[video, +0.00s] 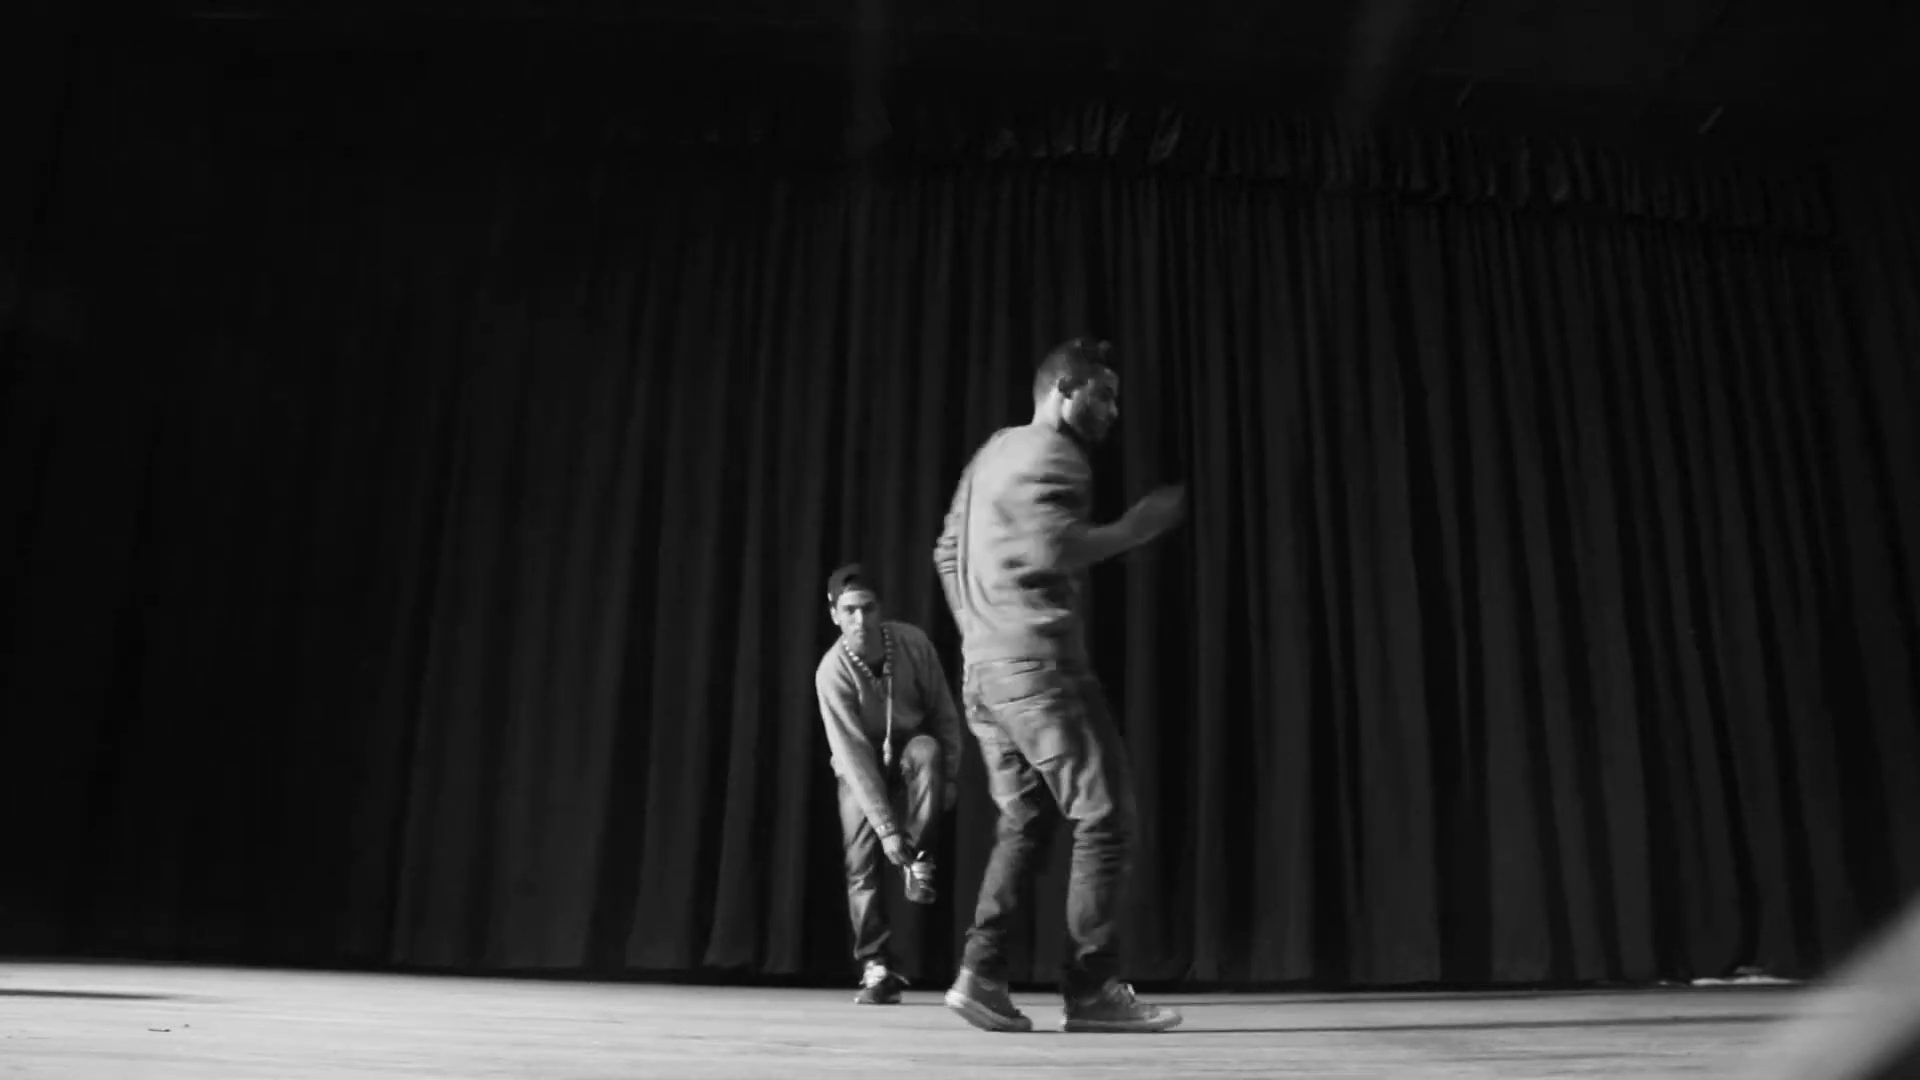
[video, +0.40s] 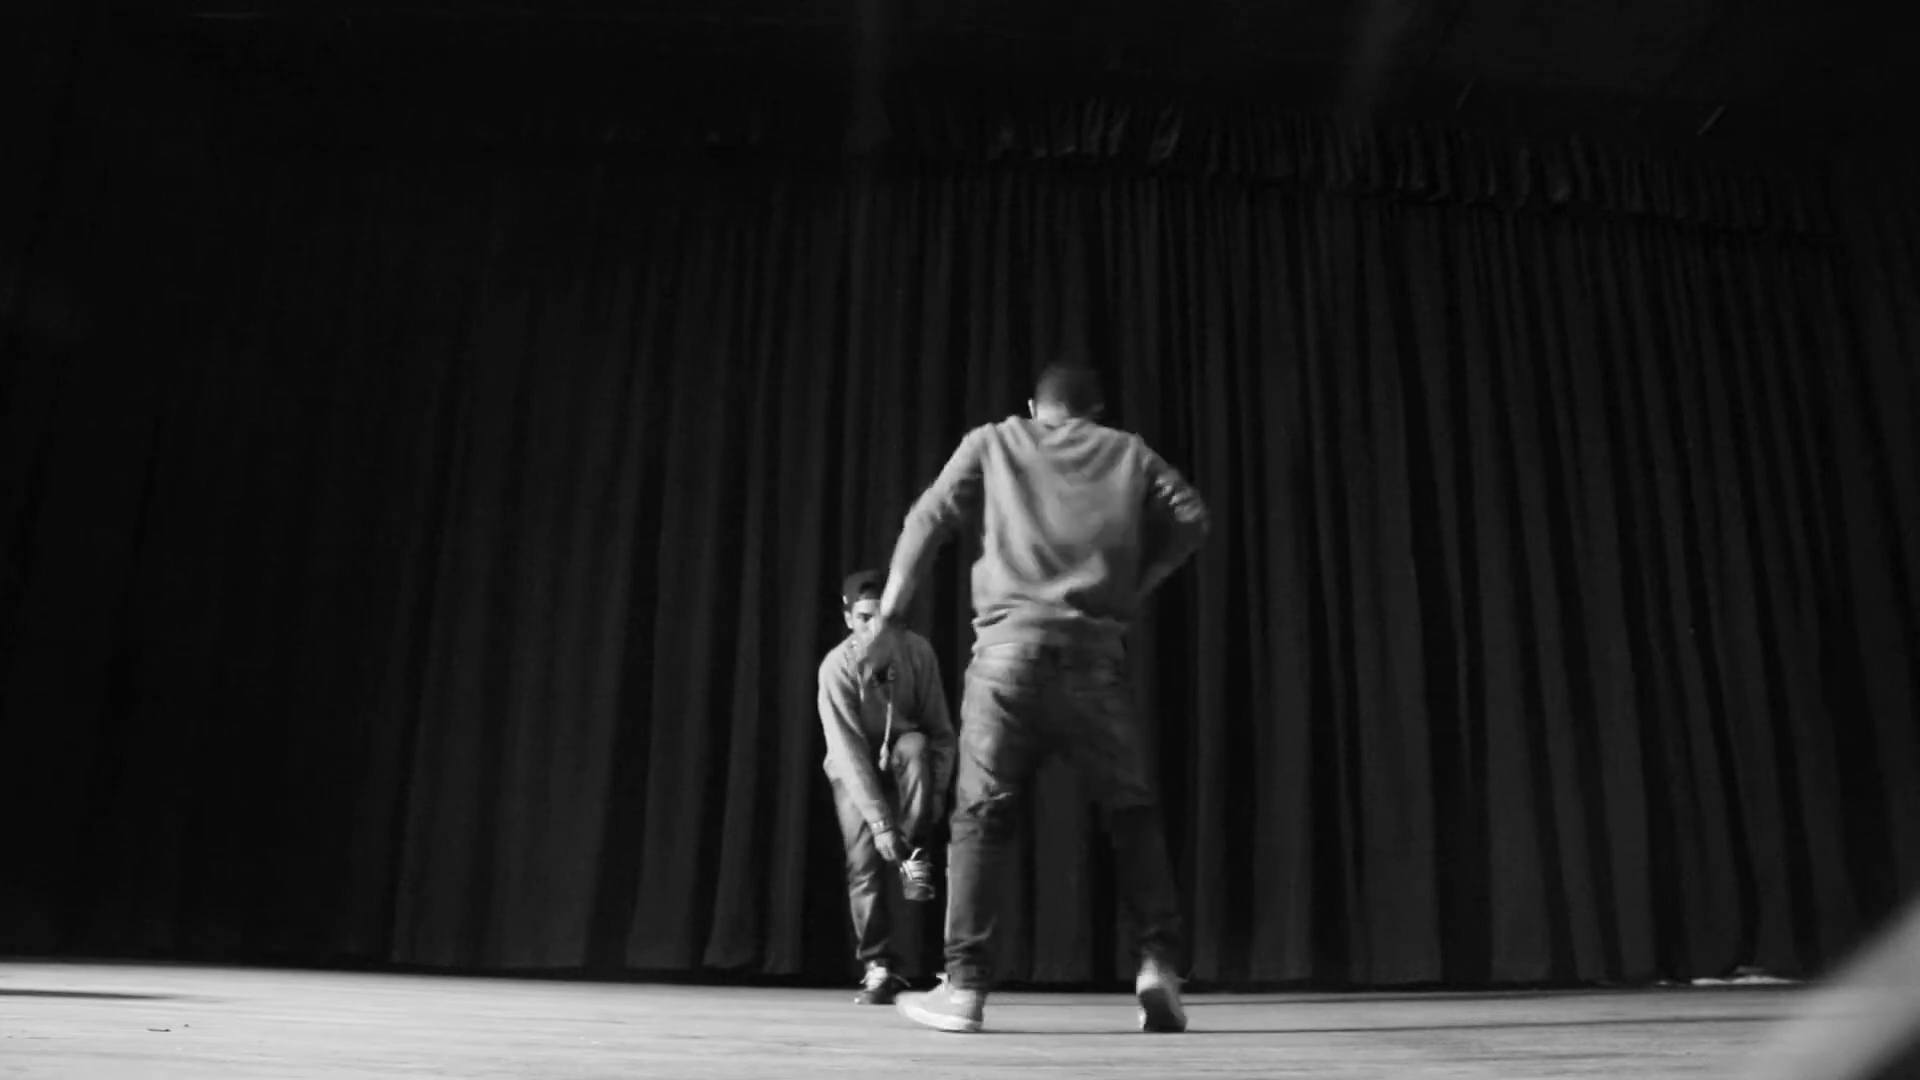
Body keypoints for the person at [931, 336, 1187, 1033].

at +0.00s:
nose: (1112, 412)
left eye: (1114, 399)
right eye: (1105, 396)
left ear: (1050, 395)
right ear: (1065, 391)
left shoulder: (991, 454)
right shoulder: (1051, 454)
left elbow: (949, 552)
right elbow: (1051, 548)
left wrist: (985, 635)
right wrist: (1133, 529)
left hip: (985, 673)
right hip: (1037, 668)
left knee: (1024, 817)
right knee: (1102, 815)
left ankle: (980, 976)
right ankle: (1095, 988)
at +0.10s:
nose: (1111, 421)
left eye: (1113, 407)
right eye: (1105, 406)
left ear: (1044, 400)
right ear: (1072, 398)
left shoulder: (975, 453)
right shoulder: (1072, 453)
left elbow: (931, 550)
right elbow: (1130, 523)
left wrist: (936, 644)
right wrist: (1211, 484)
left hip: (977, 668)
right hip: (1042, 664)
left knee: (999, 823)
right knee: (1100, 823)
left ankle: (978, 995)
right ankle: (1092, 994)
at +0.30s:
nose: (1108, 417)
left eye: (1106, 410)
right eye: (1106, 408)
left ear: (1034, 406)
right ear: (1092, 405)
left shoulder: (976, 453)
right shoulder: (1112, 440)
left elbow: (929, 540)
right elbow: (1201, 483)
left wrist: (893, 626)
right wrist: (1185, 560)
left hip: (985, 647)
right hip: (1066, 649)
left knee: (990, 813)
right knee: (1132, 801)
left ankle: (975, 995)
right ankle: (1130, 956)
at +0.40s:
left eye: (1038, 405)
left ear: (1033, 405)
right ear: (1096, 411)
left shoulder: (991, 442)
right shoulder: (1130, 453)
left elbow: (927, 516)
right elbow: (1191, 519)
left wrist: (892, 611)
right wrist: (1141, 581)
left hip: (1007, 651)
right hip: (1096, 657)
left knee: (981, 813)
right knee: (1133, 813)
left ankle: (961, 989)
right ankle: (1156, 967)